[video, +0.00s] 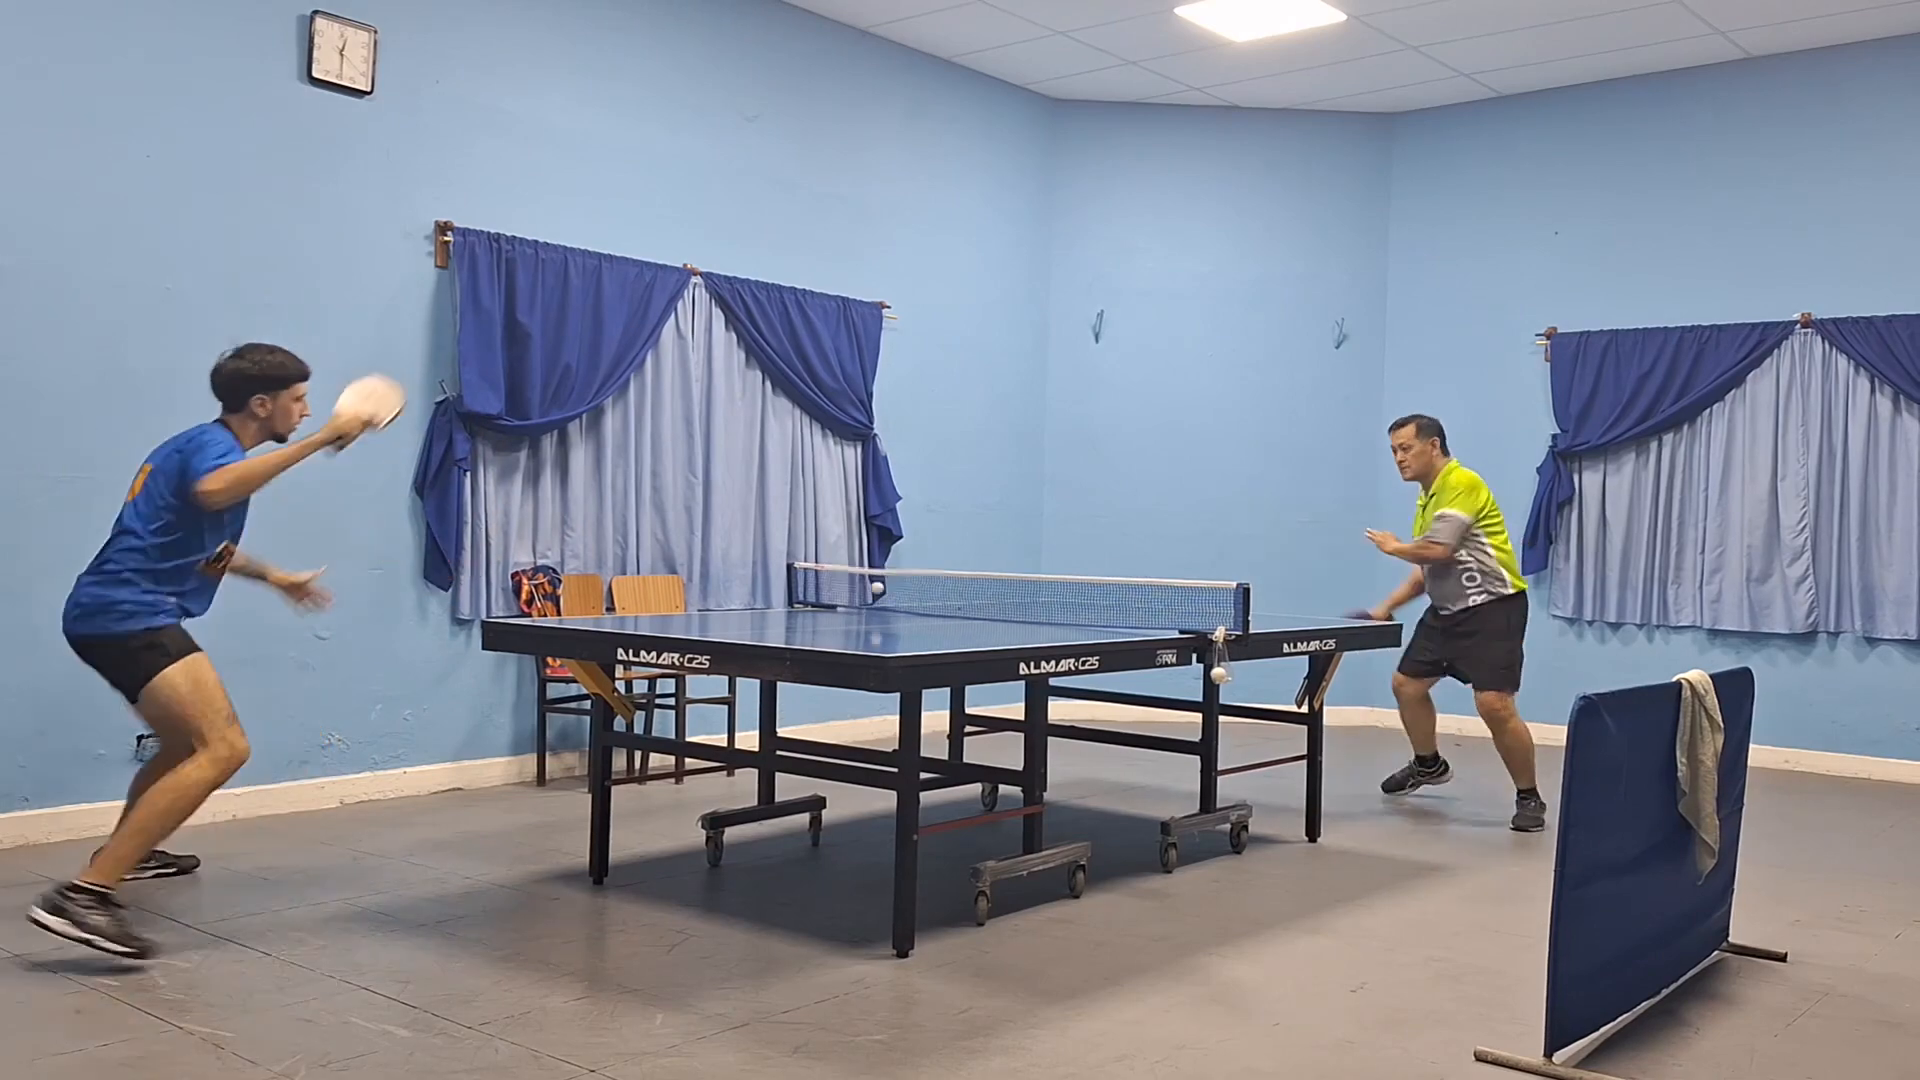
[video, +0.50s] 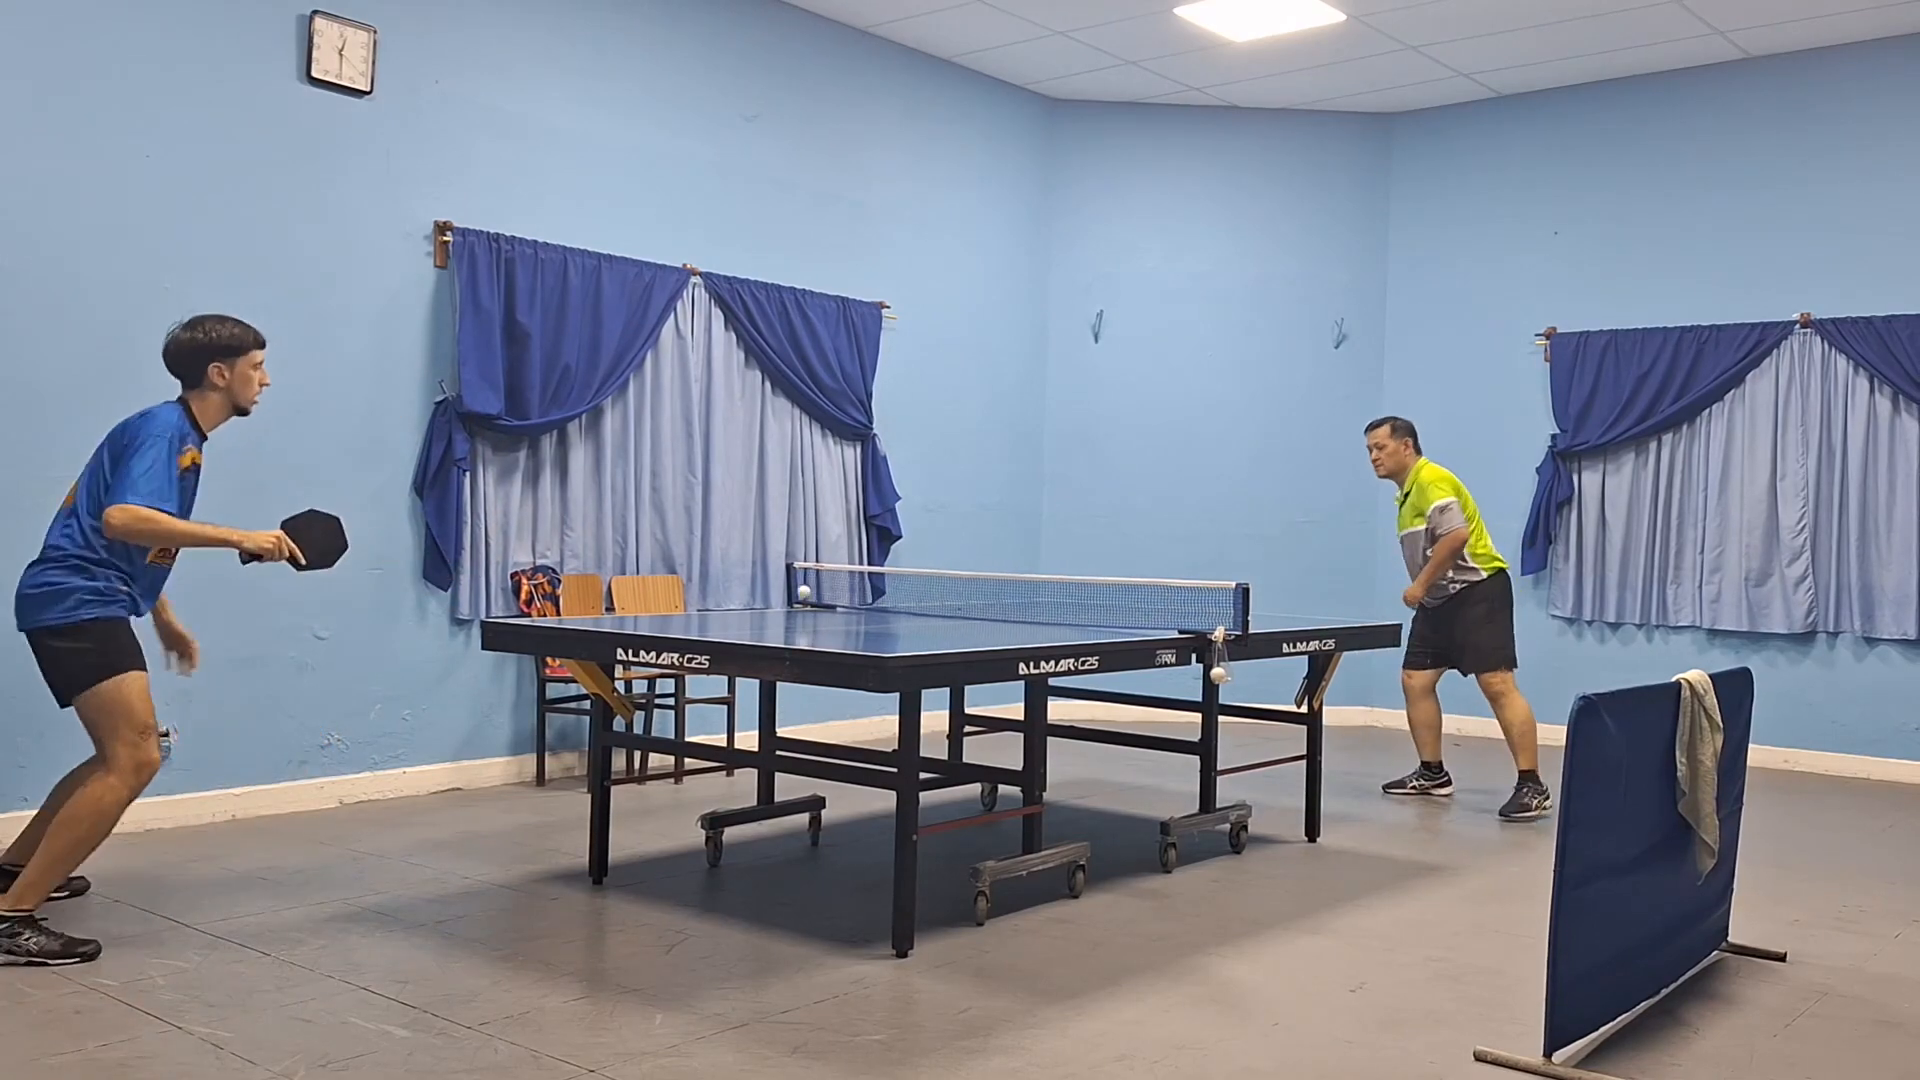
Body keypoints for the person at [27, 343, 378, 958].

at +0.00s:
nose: (304, 408)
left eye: (305, 398)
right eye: (298, 399)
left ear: (250, 405)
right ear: (260, 404)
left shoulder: (210, 448)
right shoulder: (217, 446)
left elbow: (202, 551)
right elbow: (211, 491)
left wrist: (272, 575)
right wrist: (320, 440)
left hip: (116, 613)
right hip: (126, 614)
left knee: (189, 738)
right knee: (224, 748)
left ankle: (131, 847)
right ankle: (87, 891)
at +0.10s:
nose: (283, 415)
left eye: (280, 405)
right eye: (274, 405)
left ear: (234, 414)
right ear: (239, 413)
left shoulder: (204, 472)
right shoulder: (193, 458)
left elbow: (170, 570)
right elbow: (138, 514)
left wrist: (224, 618)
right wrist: (255, 498)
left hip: (126, 624)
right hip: (105, 626)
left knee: (196, 729)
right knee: (194, 777)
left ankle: (118, 849)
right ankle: (33, 893)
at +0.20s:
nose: (273, 392)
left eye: (271, 378)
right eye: (266, 380)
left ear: (226, 388)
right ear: (230, 387)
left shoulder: (198, 450)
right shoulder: (181, 436)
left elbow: (148, 544)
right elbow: (145, 503)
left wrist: (182, 606)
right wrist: (260, 507)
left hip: (110, 606)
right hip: (89, 606)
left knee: (167, 730)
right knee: (167, 761)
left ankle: (116, 849)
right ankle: (21, 896)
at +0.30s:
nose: (272, 360)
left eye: (271, 347)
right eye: (264, 348)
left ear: (223, 356)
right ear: (226, 355)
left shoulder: (196, 423)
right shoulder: (176, 407)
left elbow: (142, 514)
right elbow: (145, 483)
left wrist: (170, 583)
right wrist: (260, 503)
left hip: (99, 576)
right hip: (84, 574)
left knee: (137, 720)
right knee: (156, 733)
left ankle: (89, 842)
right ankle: (25, 886)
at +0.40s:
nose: (268, 364)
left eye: (266, 351)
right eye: (260, 352)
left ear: (217, 361)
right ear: (221, 358)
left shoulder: (186, 428)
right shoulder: (173, 414)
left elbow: (137, 526)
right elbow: (128, 495)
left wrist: (178, 594)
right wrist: (247, 520)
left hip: (84, 583)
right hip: (79, 583)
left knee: (132, 737)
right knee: (139, 747)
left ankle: (30, 853)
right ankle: (16, 905)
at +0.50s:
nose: (265, 378)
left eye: (263, 365)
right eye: (257, 366)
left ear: (218, 375)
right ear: (218, 373)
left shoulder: (184, 443)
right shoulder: (160, 430)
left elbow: (132, 540)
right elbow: (118, 518)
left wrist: (161, 615)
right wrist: (238, 538)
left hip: (85, 598)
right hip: (71, 596)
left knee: (126, 753)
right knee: (134, 758)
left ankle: (21, 862)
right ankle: (14, 915)